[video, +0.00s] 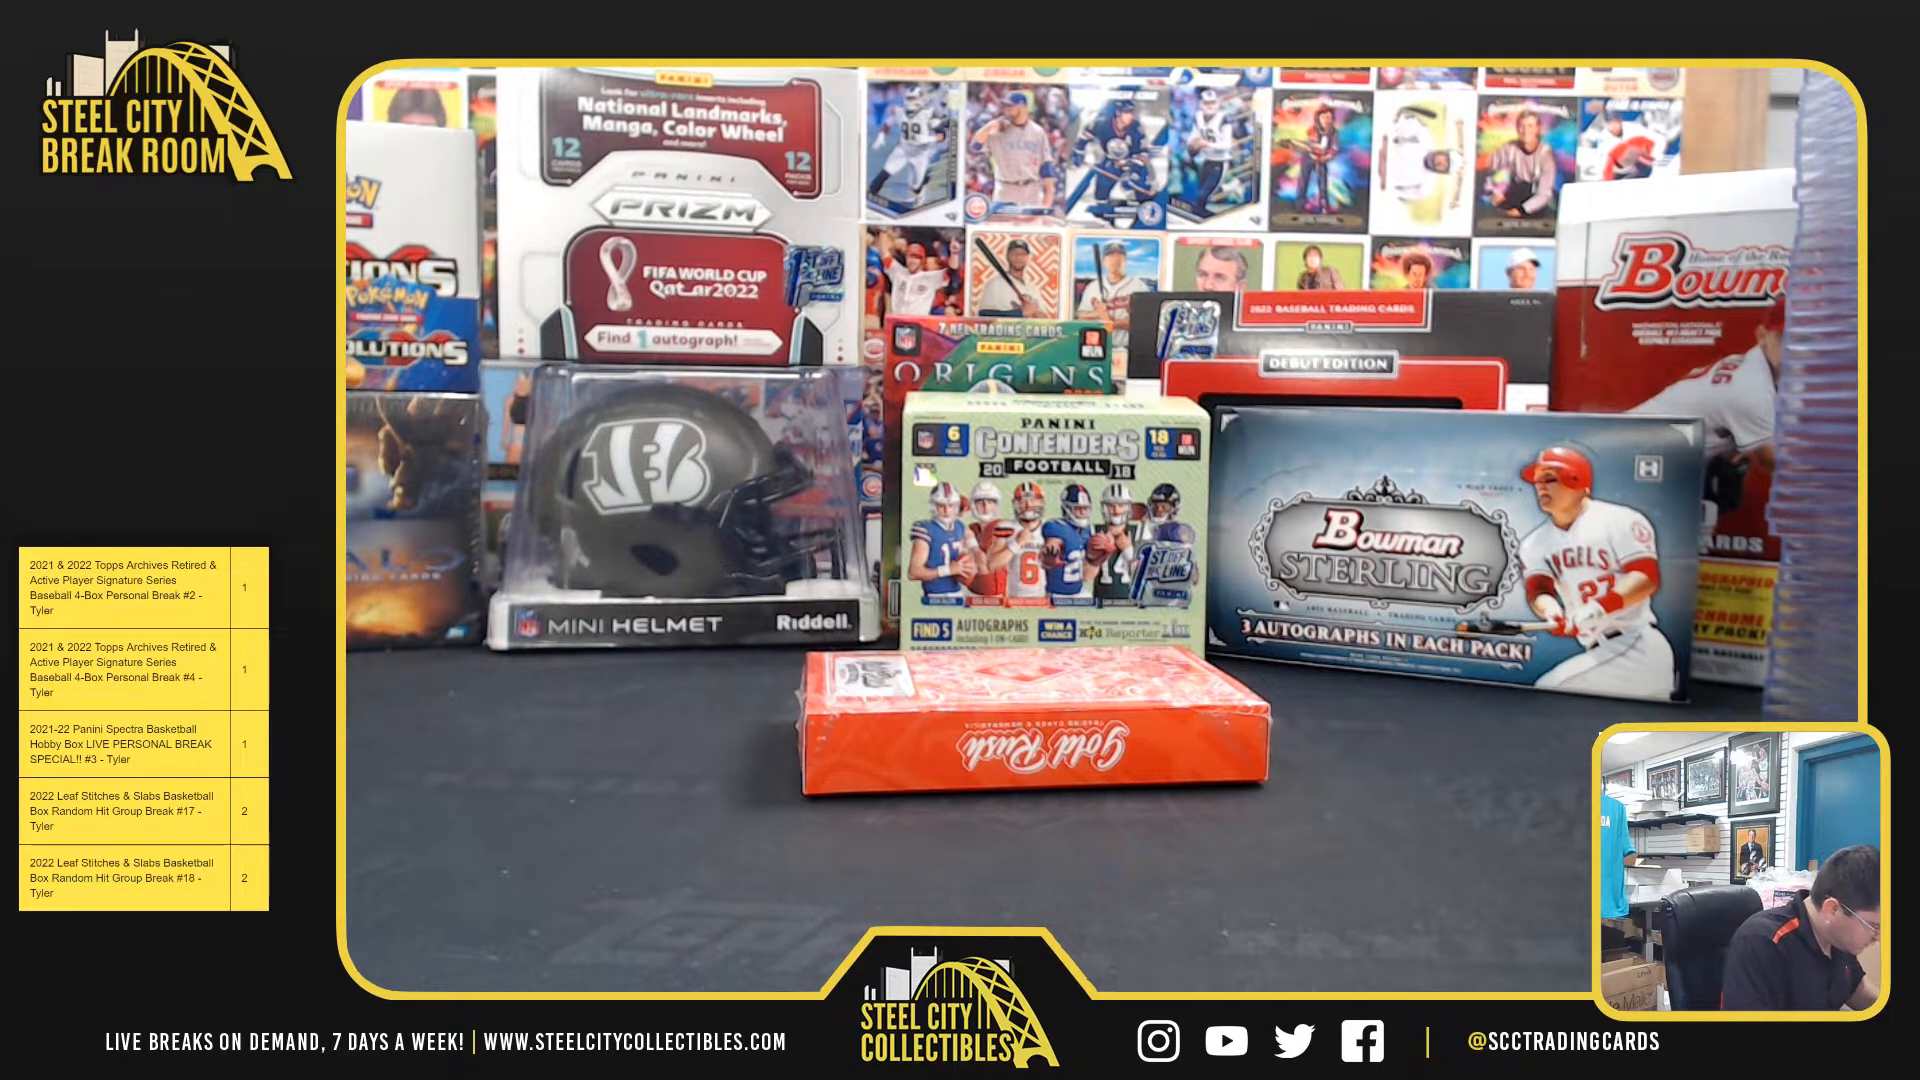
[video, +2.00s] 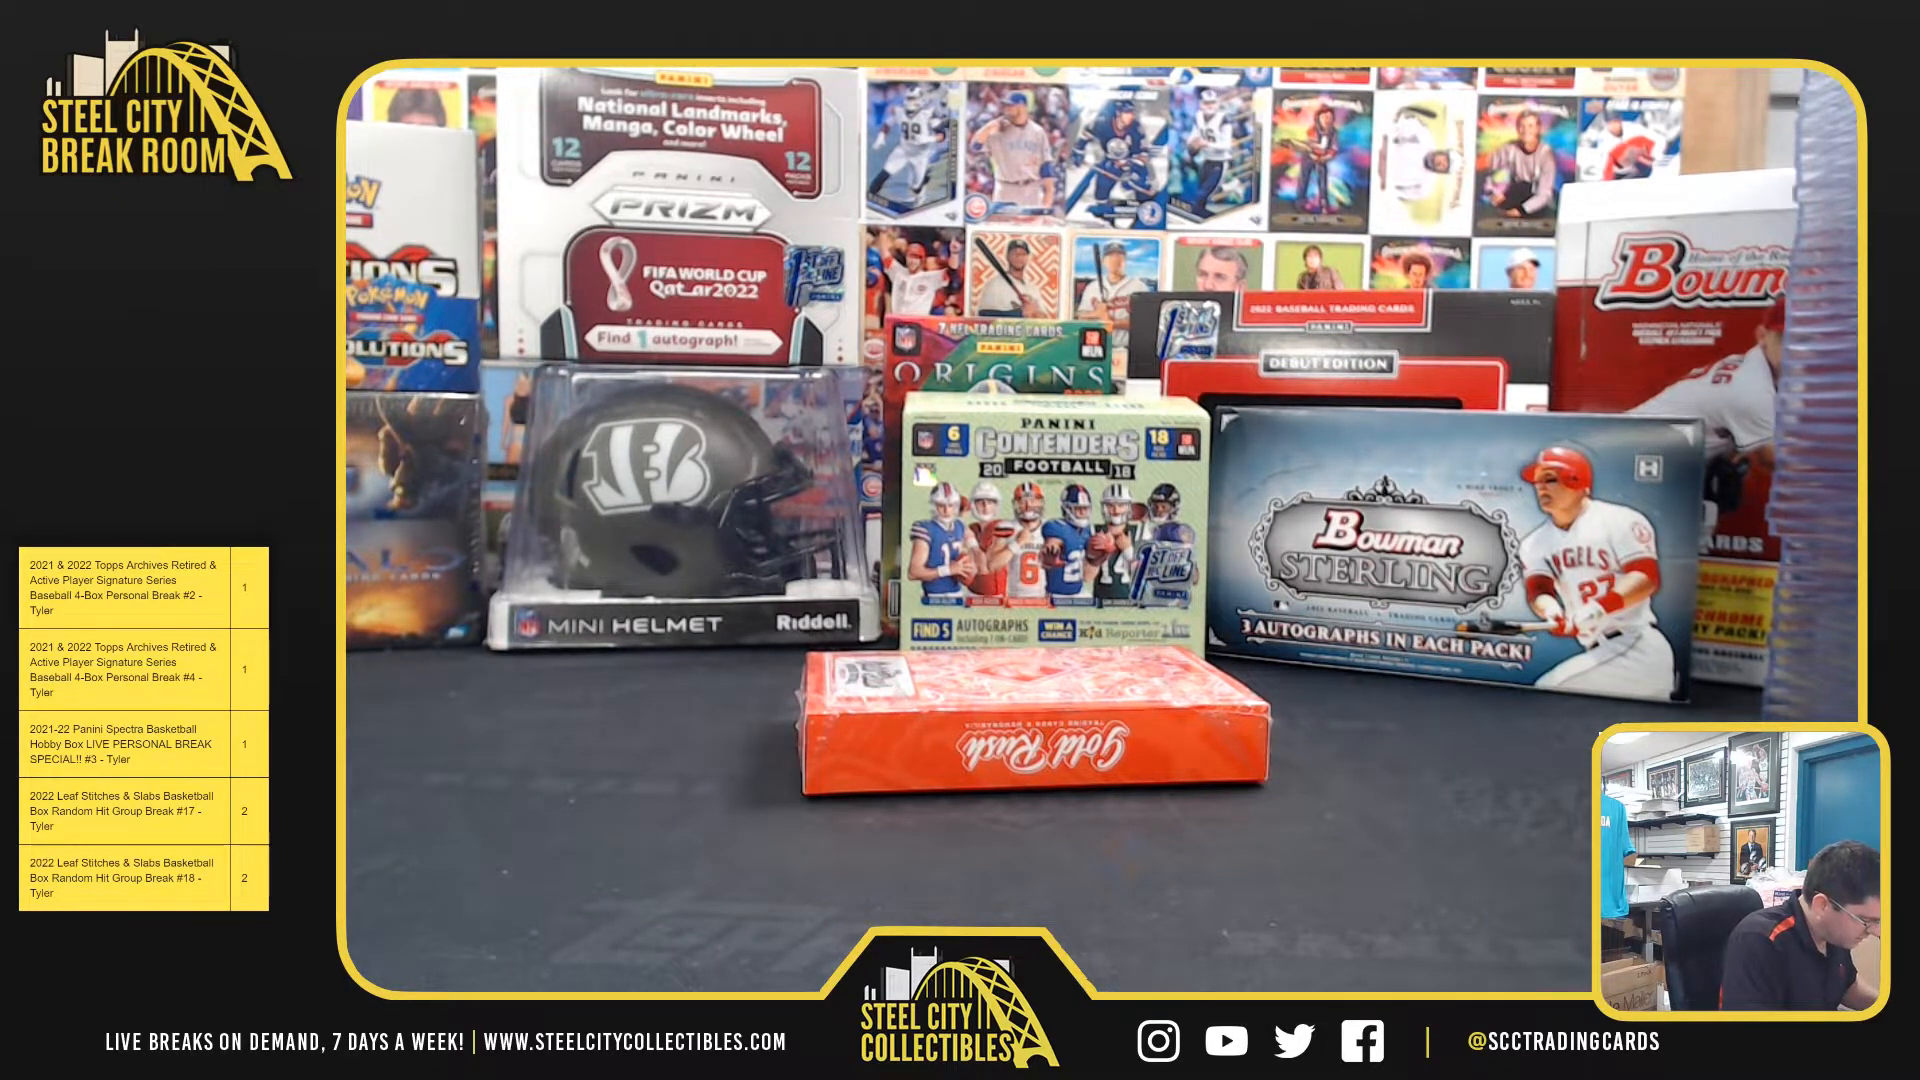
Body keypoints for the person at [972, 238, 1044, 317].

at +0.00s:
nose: (1019, 258)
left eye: (1023, 254)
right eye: (1015, 254)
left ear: (1028, 258)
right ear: (1008, 256)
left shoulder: (1032, 288)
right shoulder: (995, 284)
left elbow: (1045, 317)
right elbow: (985, 314)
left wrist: (1034, 310)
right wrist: (1020, 313)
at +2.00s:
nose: (1019, 258)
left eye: (1023, 254)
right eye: (1015, 254)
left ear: (1028, 258)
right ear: (1008, 256)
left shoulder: (1033, 288)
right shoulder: (995, 284)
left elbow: (1044, 317)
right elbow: (985, 314)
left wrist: (1033, 310)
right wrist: (1020, 313)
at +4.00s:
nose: (1020, 258)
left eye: (1023, 254)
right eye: (1016, 254)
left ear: (1028, 257)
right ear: (1008, 256)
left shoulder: (1032, 288)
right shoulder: (995, 284)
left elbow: (1045, 316)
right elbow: (985, 315)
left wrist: (1034, 311)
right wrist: (1021, 312)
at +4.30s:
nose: (1020, 257)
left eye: (1023, 254)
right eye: (1016, 254)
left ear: (1028, 257)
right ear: (1008, 256)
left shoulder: (1032, 288)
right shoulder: (995, 284)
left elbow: (1045, 316)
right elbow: (985, 316)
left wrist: (1034, 312)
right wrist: (1022, 313)